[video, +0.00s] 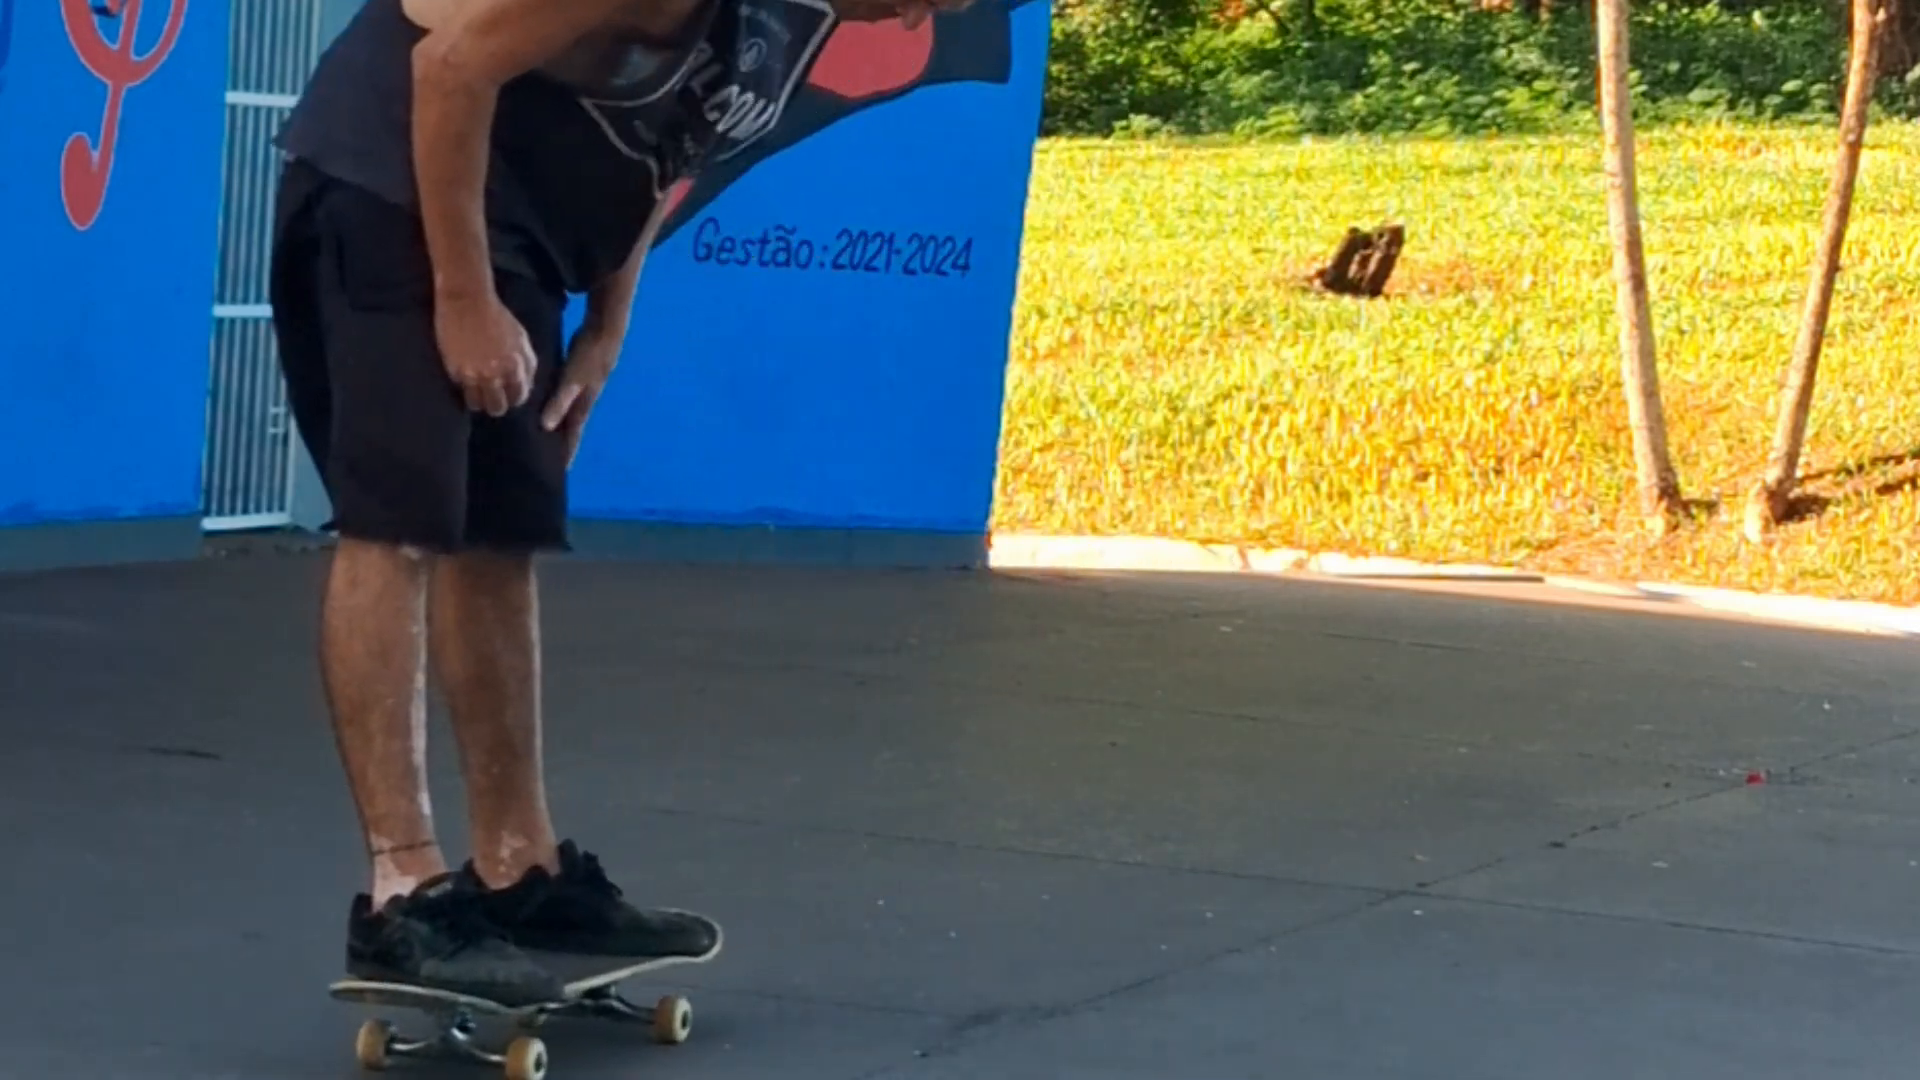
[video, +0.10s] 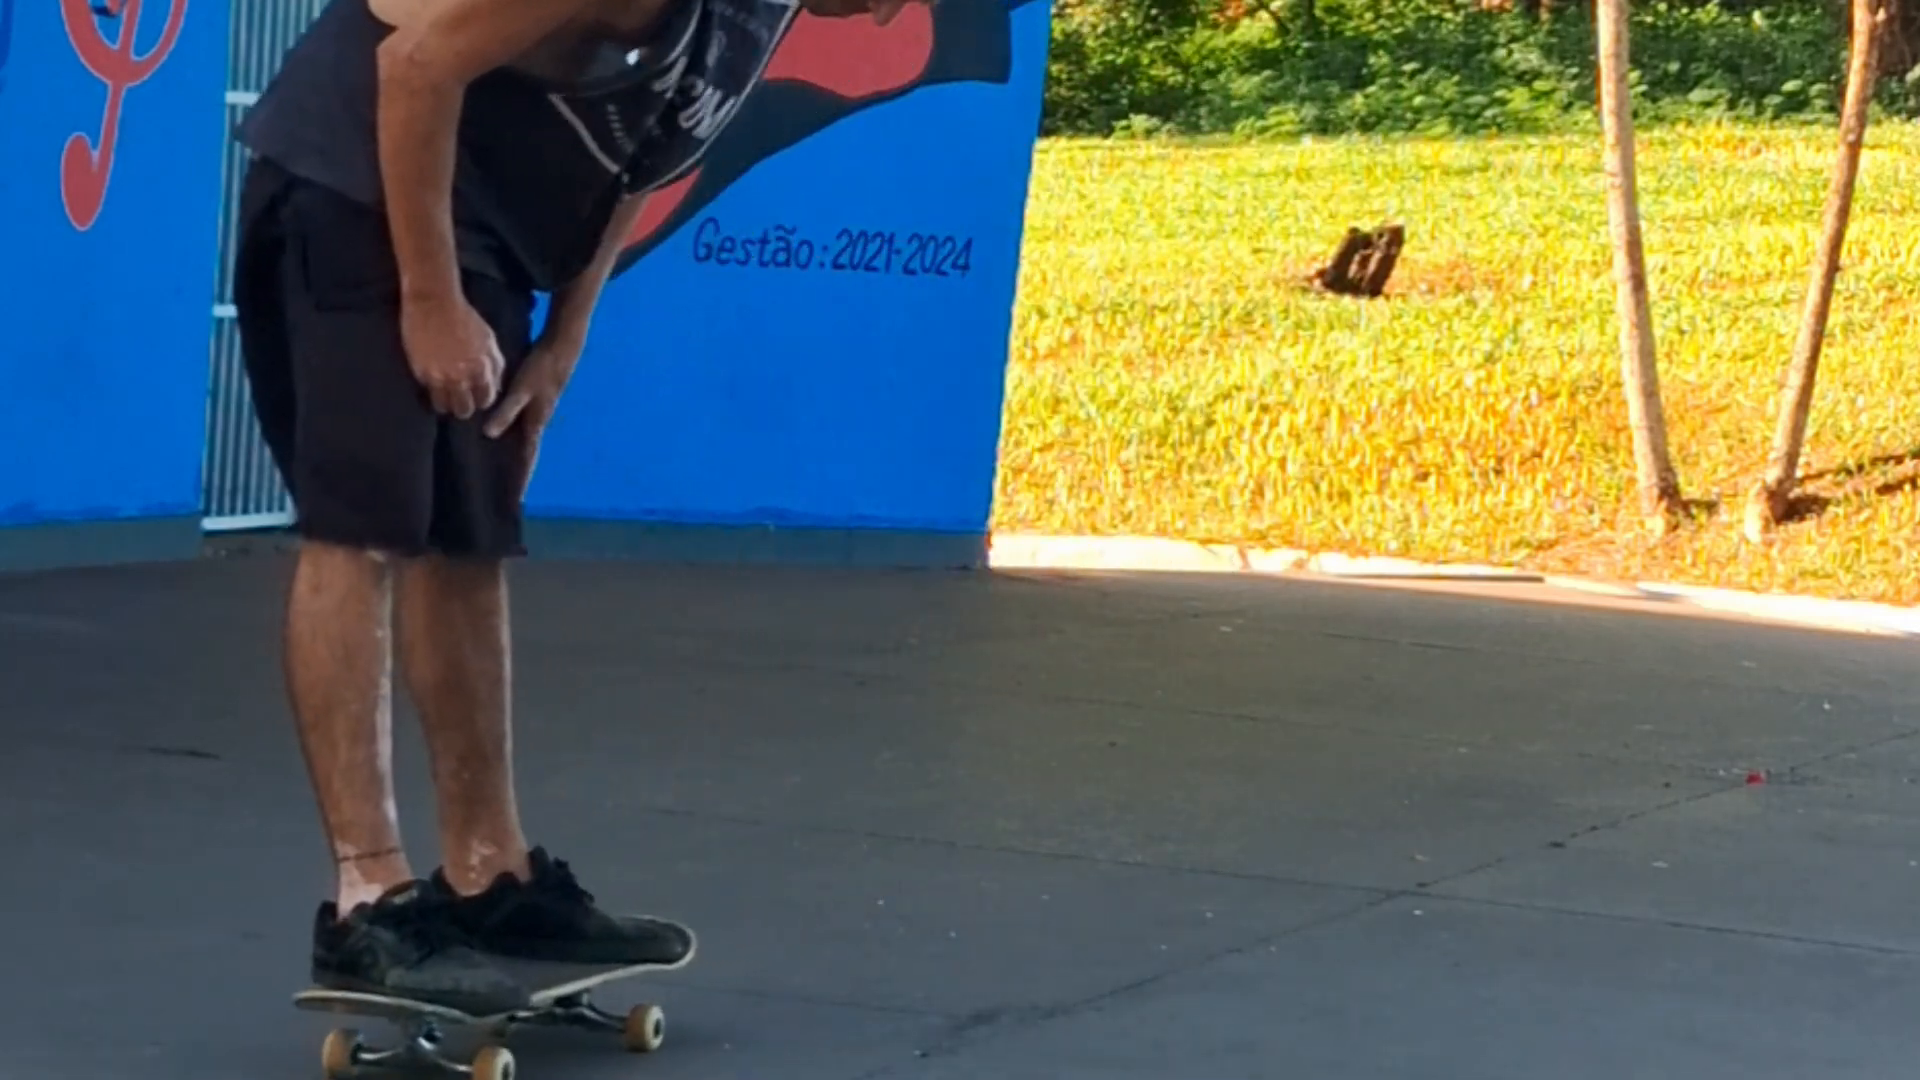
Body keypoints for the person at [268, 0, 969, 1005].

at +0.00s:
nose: (920, 14)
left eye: (934, 10)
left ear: (906, 9)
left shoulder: (794, 33)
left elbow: (658, 156)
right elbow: (451, 64)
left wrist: (604, 330)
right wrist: (464, 298)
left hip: (519, 215)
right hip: (388, 169)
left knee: (501, 524)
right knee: (393, 521)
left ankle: (519, 873)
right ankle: (403, 895)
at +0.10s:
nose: (879, 7)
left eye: (889, 5)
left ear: (853, 3)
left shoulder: (761, 19)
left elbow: (637, 168)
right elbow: (416, 63)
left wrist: (560, 340)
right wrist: (432, 297)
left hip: (489, 231)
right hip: (351, 183)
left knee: (468, 533)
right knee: (355, 528)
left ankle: (490, 878)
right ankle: (368, 901)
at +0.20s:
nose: (842, 3)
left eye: (852, 2)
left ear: (835, 6)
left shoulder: (745, 23)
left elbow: (605, 168)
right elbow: (381, 60)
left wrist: (531, 338)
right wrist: (400, 298)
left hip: (464, 227)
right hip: (323, 176)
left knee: (439, 534)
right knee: (320, 530)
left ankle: (458, 885)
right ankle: (332, 909)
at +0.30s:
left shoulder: (715, 20)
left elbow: (584, 164)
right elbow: (348, 59)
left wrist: (497, 339)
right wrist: (367, 299)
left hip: (431, 234)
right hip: (287, 176)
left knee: (406, 543)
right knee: (285, 536)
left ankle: (428, 894)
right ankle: (295, 920)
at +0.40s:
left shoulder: (676, 8)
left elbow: (550, 157)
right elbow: (316, 58)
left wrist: (463, 345)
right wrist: (334, 303)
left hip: (404, 206)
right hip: (250, 160)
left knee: (377, 538)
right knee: (249, 534)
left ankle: (395, 902)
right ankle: (257, 929)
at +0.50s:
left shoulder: (631, 21)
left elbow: (518, 154)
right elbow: (283, 55)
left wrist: (441, 334)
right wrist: (299, 303)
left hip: (386, 202)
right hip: (227, 155)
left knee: (356, 542)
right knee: (213, 540)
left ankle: (358, 908)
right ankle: (214, 941)